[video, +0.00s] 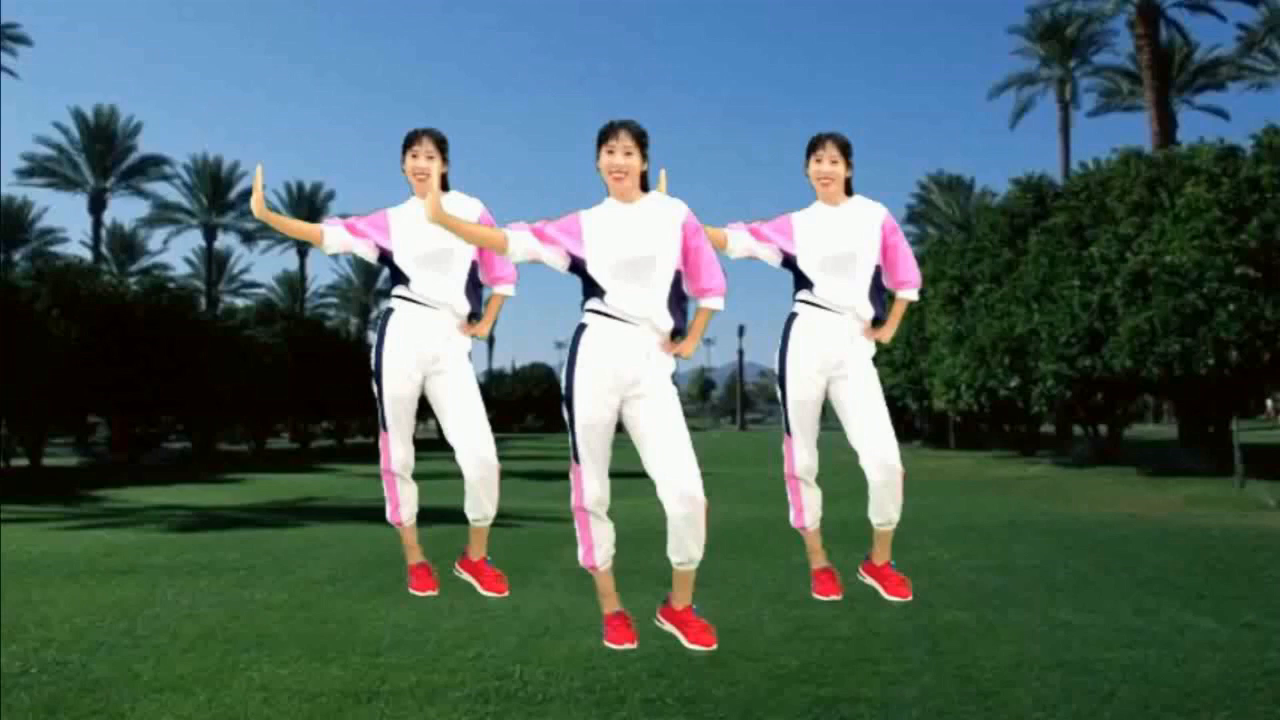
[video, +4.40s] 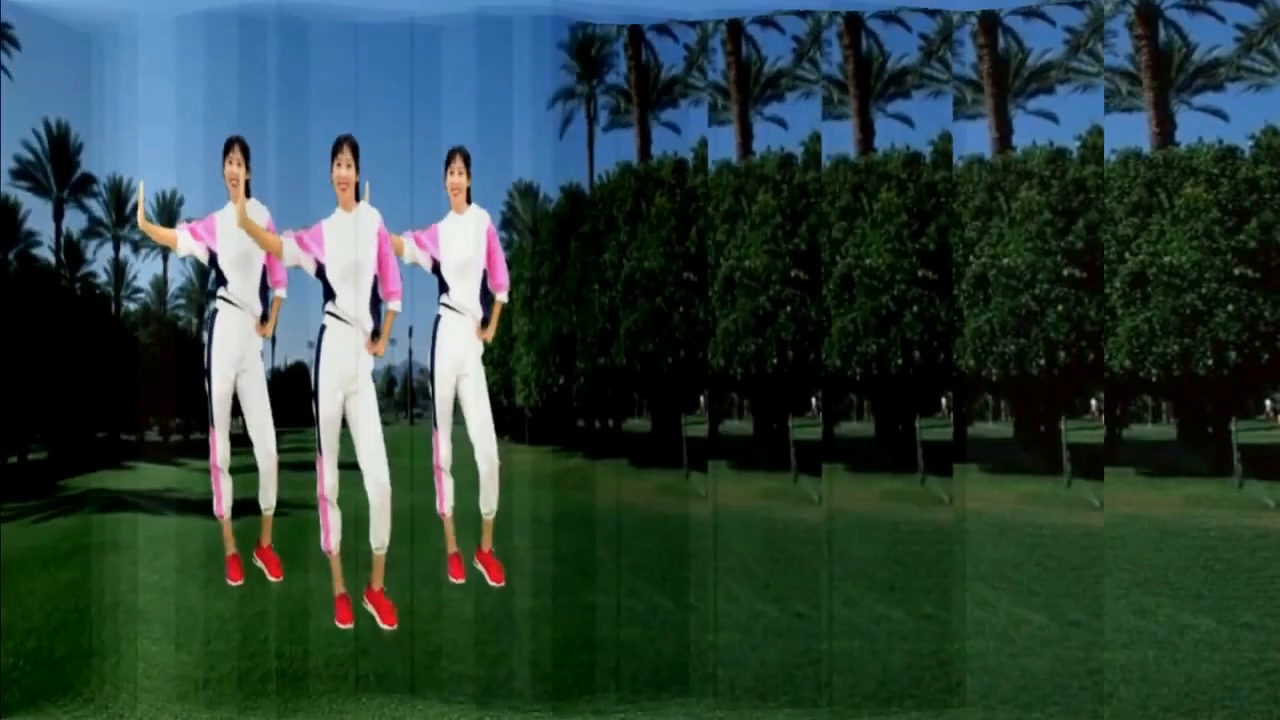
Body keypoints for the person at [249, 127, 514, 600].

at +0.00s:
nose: (420, 164)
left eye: (429, 157)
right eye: (413, 157)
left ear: (444, 165)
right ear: (404, 166)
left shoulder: (472, 211)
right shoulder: (393, 220)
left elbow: (503, 272)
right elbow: (327, 235)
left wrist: (485, 325)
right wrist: (265, 214)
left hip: (451, 335)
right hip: (401, 331)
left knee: (482, 457)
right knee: (399, 453)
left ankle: (476, 557)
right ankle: (415, 561)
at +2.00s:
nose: (420, 164)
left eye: (428, 157)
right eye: (412, 157)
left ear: (444, 165)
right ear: (404, 166)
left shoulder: (473, 211)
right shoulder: (393, 220)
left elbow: (503, 273)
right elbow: (327, 235)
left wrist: (484, 324)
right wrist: (265, 215)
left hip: (451, 335)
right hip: (401, 331)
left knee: (482, 456)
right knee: (399, 453)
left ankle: (476, 557)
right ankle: (415, 561)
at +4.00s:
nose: (420, 164)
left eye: (428, 157)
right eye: (412, 157)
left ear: (444, 165)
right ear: (404, 166)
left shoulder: (473, 211)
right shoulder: (393, 220)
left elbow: (503, 273)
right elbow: (327, 235)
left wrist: (484, 325)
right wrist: (265, 215)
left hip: (451, 335)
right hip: (401, 331)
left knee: (482, 457)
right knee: (399, 453)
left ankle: (476, 557)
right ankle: (415, 561)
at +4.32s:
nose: (465, 165)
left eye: (472, 157)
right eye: (458, 158)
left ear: (486, 166)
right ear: (448, 167)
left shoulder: (509, 216)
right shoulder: (439, 227)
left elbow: (535, 284)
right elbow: (384, 246)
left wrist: (519, 338)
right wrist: (334, 222)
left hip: (492, 352)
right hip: (450, 347)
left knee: (516, 485)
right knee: (446, 480)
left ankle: (511, 600)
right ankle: (459, 601)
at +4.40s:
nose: (456, 180)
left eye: (461, 174)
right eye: (451, 174)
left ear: (471, 180)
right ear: (444, 181)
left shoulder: (483, 222)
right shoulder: (437, 231)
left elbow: (500, 279)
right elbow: (399, 246)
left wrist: (492, 325)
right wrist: (371, 223)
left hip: (473, 336)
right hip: (444, 335)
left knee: (487, 445)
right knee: (442, 444)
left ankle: (485, 547)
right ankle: (452, 548)